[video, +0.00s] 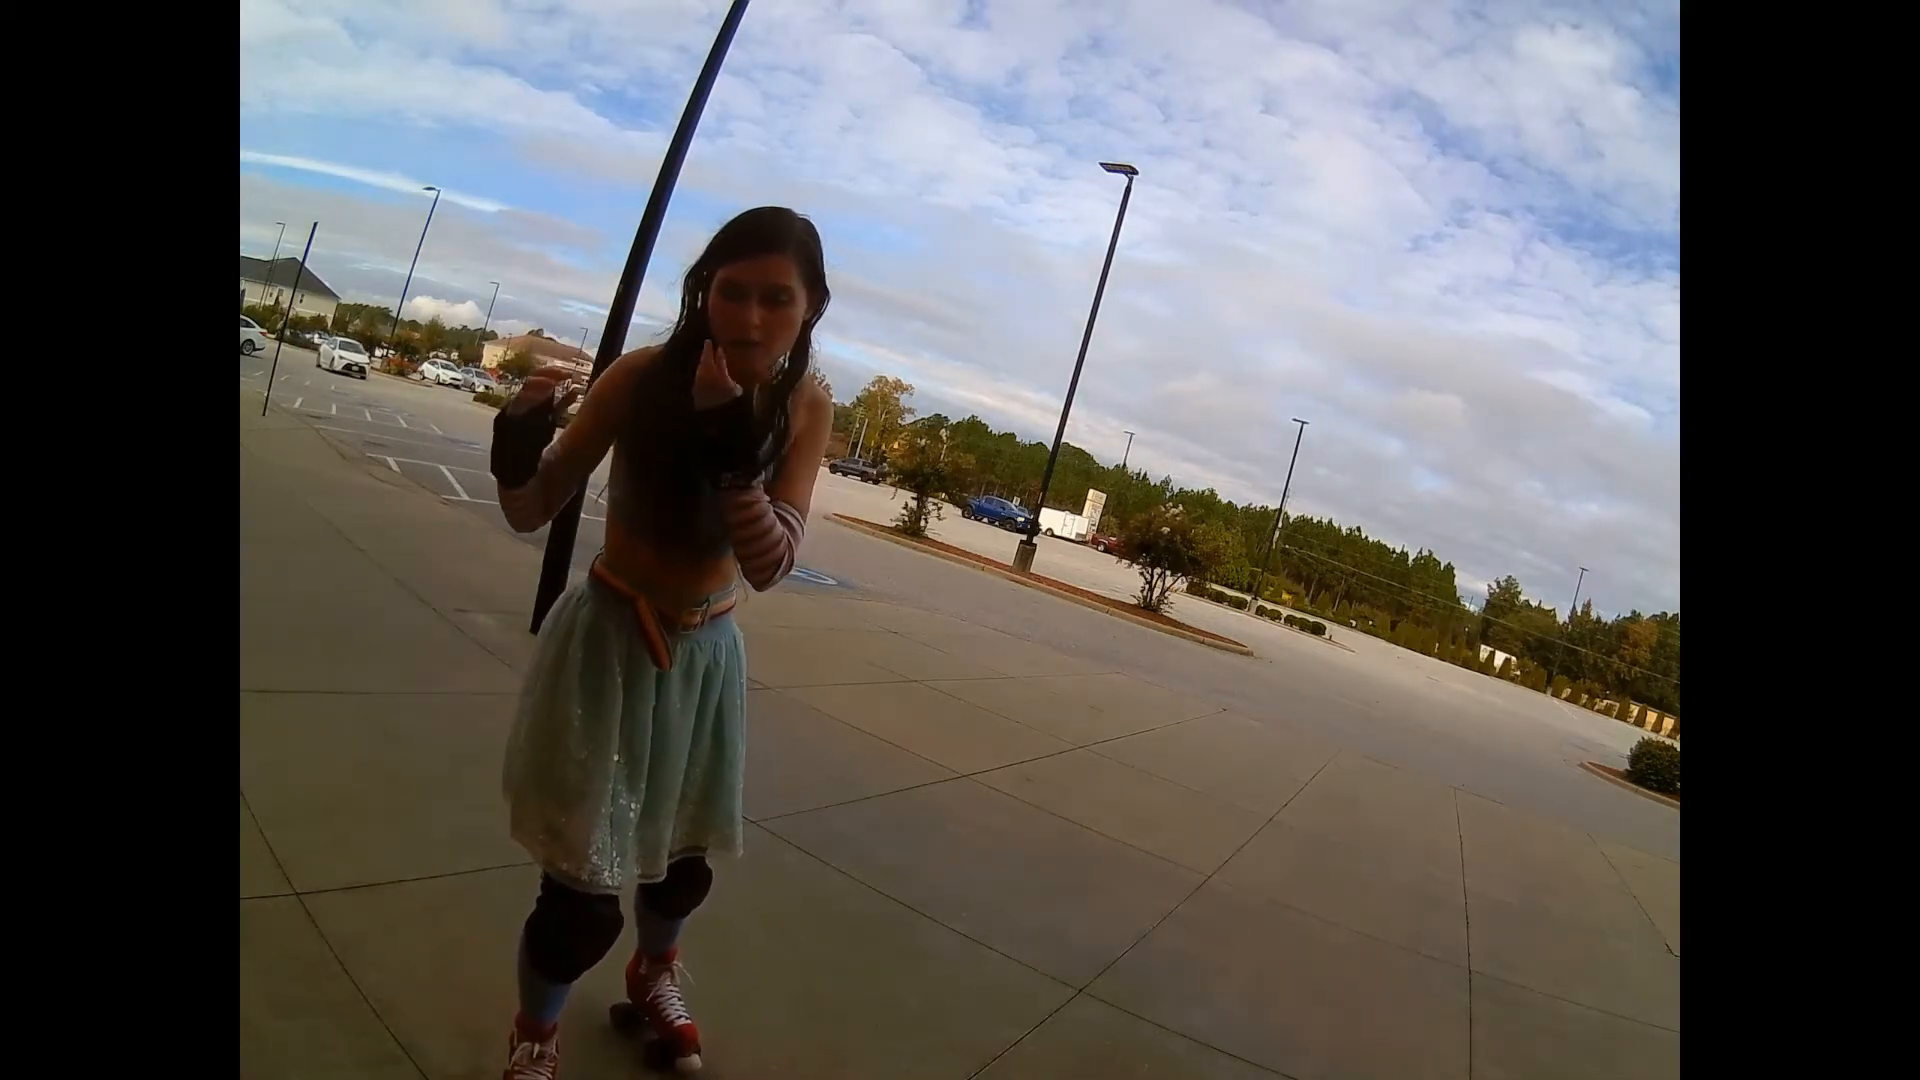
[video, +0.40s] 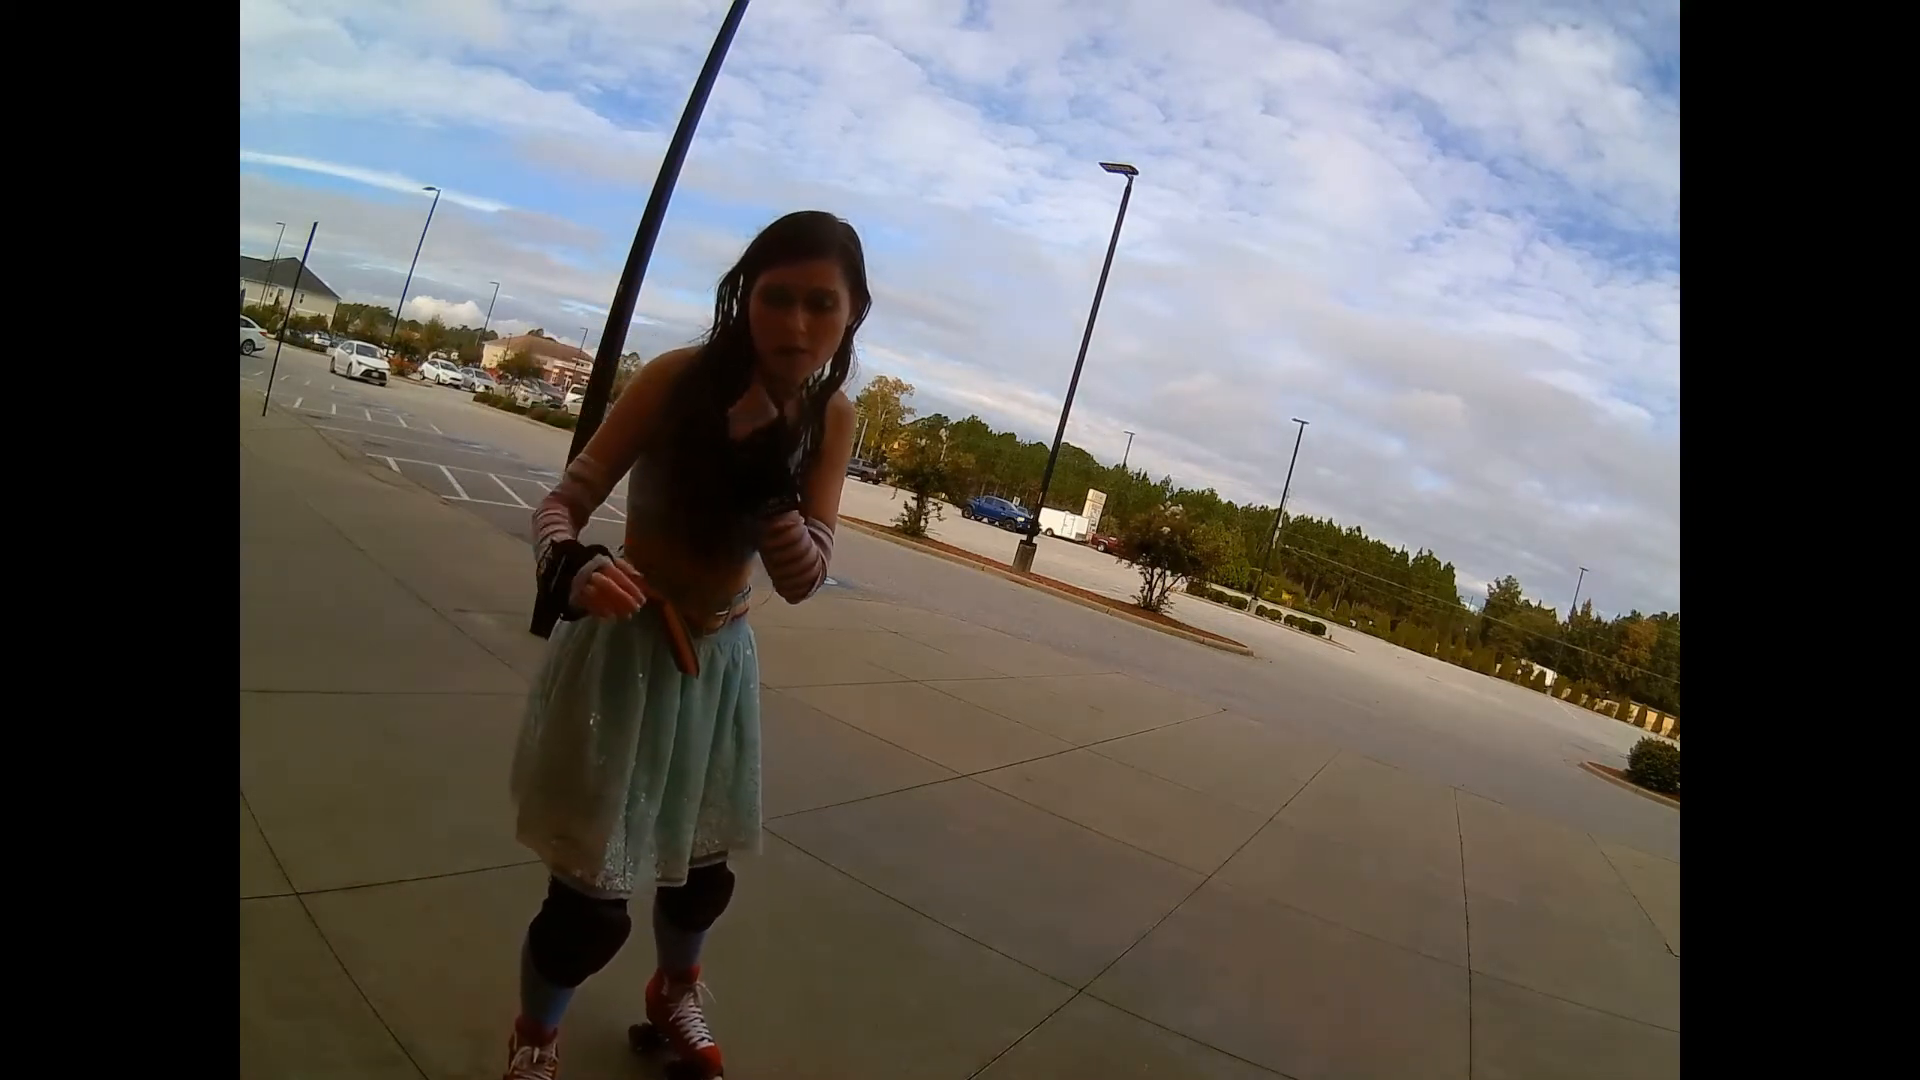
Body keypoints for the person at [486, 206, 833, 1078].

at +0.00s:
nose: (748, 320)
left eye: (775, 299)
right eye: (730, 293)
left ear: (809, 312)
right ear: (702, 293)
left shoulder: (803, 408)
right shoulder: (638, 382)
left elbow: (769, 566)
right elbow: (530, 510)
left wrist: (731, 450)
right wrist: (518, 441)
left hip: (707, 649)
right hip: (607, 638)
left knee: (683, 867)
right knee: (585, 897)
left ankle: (654, 973)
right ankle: (536, 1041)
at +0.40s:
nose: (797, 325)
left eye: (821, 305)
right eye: (778, 299)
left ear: (850, 319)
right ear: (743, 299)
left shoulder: (829, 417)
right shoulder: (675, 381)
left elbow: (801, 578)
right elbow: (566, 498)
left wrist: (775, 492)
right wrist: (570, 564)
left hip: (721, 651)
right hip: (623, 640)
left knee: (700, 877)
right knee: (591, 904)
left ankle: (674, 998)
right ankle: (535, 1043)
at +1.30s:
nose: (858, 290)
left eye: (883, 276)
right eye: (838, 267)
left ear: (905, 305)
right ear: (800, 280)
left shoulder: (890, 413)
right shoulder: (727, 367)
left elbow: (879, 518)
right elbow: (582, 425)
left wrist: (842, 612)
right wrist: (573, 560)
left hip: (778, 673)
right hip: (668, 647)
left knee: (747, 900)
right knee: (601, 897)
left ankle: (719, 1034)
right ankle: (536, 1035)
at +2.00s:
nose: (914, 302)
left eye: (918, 284)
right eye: (898, 281)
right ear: (834, 283)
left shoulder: (870, 409)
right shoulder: (724, 376)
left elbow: (897, 558)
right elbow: (572, 463)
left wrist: (955, 549)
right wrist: (572, 612)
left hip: (781, 669)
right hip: (683, 652)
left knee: (746, 893)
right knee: (610, 896)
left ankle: (711, 1032)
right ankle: (538, 1027)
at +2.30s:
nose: (875, 299)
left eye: (885, 283)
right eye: (858, 278)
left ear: (886, 294)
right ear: (802, 276)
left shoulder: (857, 406)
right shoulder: (705, 377)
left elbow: (898, 552)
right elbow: (620, 522)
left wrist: (948, 445)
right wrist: (686, 555)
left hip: (780, 666)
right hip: (678, 647)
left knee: (751, 895)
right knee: (611, 892)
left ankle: (715, 1033)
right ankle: (538, 1023)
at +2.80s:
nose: (855, 285)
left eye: (869, 272)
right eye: (836, 265)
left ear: (877, 288)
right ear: (785, 268)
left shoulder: (861, 400)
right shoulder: (704, 370)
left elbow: (908, 552)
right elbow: (658, 526)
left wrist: (927, 454)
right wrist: (767, 448)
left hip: (785, 667)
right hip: (681, 650)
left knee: (754, 908)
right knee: (609, 907)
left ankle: (718, 1036)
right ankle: (536, 1037)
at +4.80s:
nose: (864, 296)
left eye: (880, 279)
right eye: (846, 275)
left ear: (889, 291)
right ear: (798, 273)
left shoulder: (858, 400)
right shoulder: (705, 375)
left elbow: (950, 519)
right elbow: (599, 512)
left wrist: (913, 403)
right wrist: (697, 511)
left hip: (781, 662)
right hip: (679, 646)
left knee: (750, 905)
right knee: (608, 907)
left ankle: (719, 1038)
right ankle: (537, 1034)